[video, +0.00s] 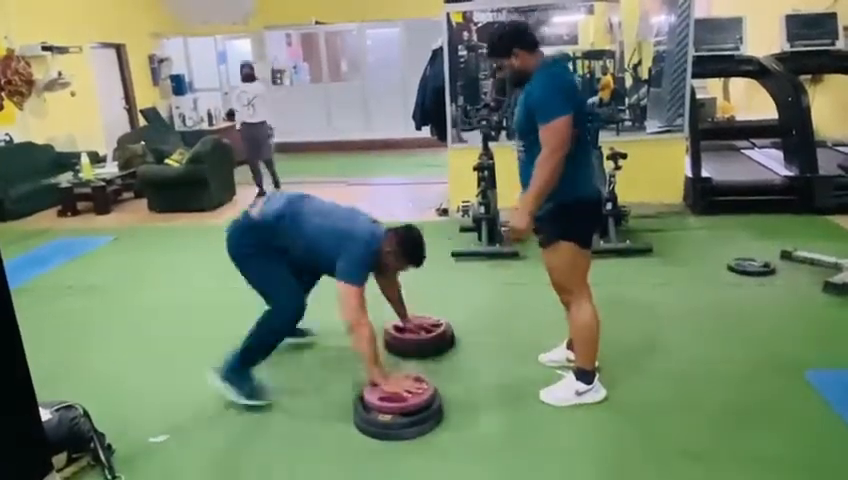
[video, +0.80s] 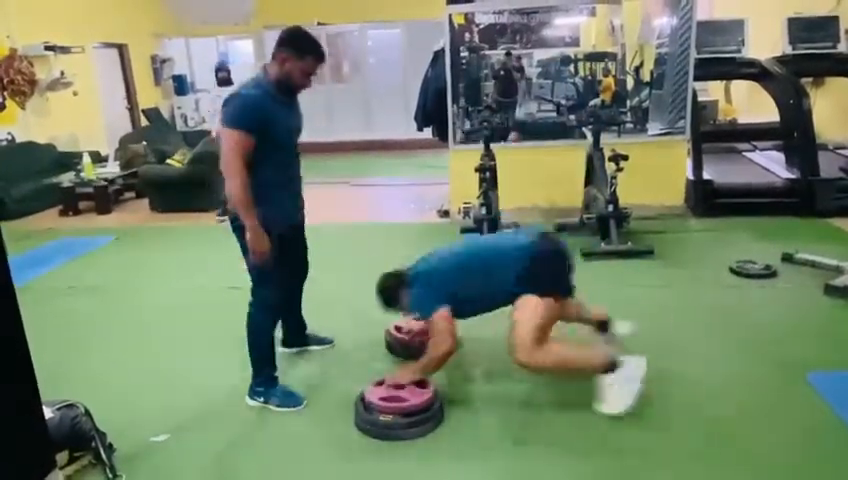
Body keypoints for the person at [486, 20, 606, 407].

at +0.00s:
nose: (504, 71)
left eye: (504, 63)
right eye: (501, 65)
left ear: (519, 53)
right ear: (524, 51)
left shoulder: (548, 83)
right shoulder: (548, 78)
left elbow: (555, 149)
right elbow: (557, 145)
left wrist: (526, 206)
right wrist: (531, 202)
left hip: (567, 202)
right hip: (561, 201)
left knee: (574, 292)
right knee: (569, 284)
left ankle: (586, 380)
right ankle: (577, 347)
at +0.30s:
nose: (483, 127)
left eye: (483, 118)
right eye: (480, 119)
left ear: (495, 108)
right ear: (505, 104)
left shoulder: (517, 130)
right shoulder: (534, 120)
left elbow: (525, 192)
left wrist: (493, 240)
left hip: (578, 229)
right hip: (567, 223)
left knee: (535, 307)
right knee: (526, 281)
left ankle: (583, 377)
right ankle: (572, 346)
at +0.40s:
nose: (478, 170)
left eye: (478, 162)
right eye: (475, 163)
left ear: (491, 152)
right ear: (498, 146)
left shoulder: (518, 175)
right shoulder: (517, 163)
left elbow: (509, 248)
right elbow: (506, 221)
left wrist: (468, 286)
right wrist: (478, 249)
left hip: (576, 267)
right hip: (558, 257)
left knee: (514, 323)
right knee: (509, 290)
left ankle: (578, 375)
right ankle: (566, 340)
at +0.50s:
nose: (469, 214)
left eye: (471, 207)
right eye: (467, 208)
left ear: (486, 200)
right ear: (490, 195)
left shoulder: (512, 220)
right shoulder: (508, 207)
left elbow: (494, 289)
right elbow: (491, 261)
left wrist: (448, 325)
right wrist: (456, 284)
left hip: (575, 306)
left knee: (500, 336)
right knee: (498, 299)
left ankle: (575, 372)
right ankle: (564, 338)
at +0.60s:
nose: (452, 252)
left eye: (451, 245)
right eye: (448, 246)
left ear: (464, 234)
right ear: (467, 226)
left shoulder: (490, 247)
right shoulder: (488, 230)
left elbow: (469, 318)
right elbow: (470, 285)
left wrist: (427, 355)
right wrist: (439, 310)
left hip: (574, 312)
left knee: (498, 339)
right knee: (491, 298)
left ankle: (574, 371)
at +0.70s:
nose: (429, 286)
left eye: (425, 282)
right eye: (425, 283)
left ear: (427, 271)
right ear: (431, 255)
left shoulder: (452, 270)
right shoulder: (451, 253)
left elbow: (452, 338)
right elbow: (450, 298)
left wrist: (414, 370)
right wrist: (430, 320)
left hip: (572, 276)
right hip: (570, 259)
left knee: (512, 338)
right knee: (519, 313)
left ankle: (581, 373)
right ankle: (569, 340)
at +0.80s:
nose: (415, 321)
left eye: (407, 316)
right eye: (414, 323)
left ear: (401, 306)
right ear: (403, 280)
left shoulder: (425, 289)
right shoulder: (423, 270)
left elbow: (443, 346)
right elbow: (447, 331)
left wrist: (411, 373)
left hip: (542, 262)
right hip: (538, 242)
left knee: (528, 352)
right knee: (555, 306)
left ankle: (616, 367)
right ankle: (605, 324)